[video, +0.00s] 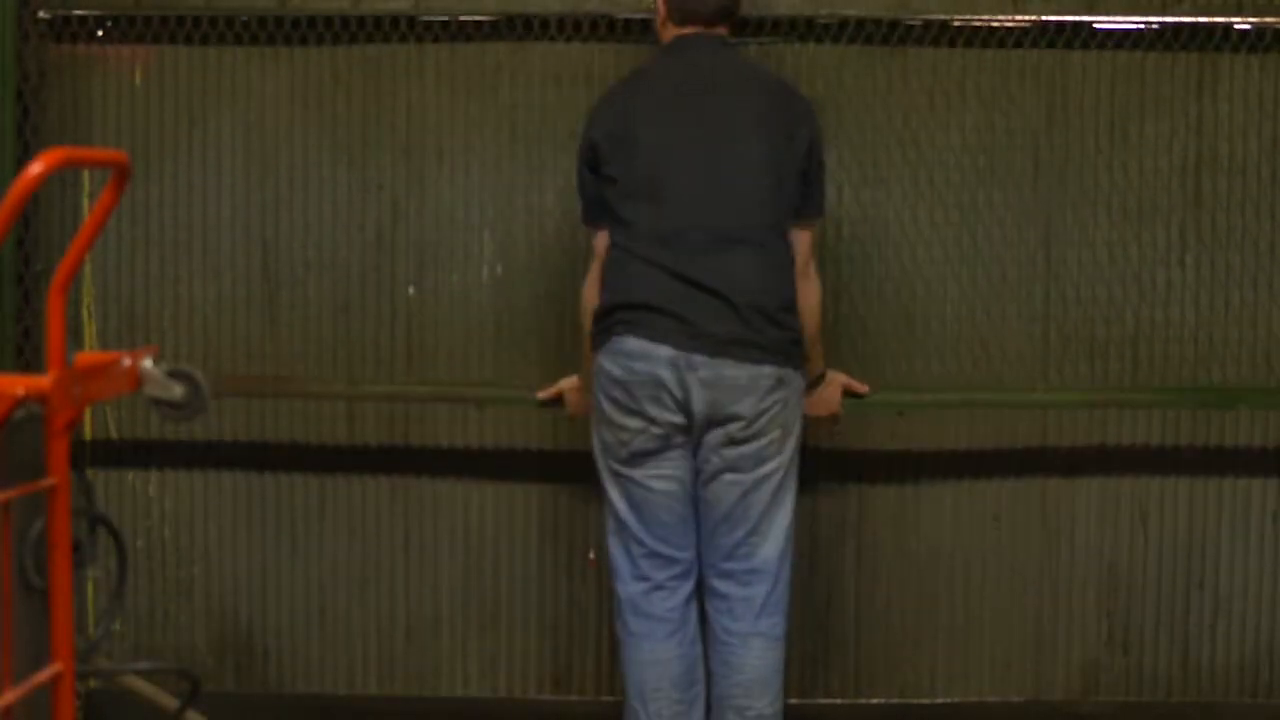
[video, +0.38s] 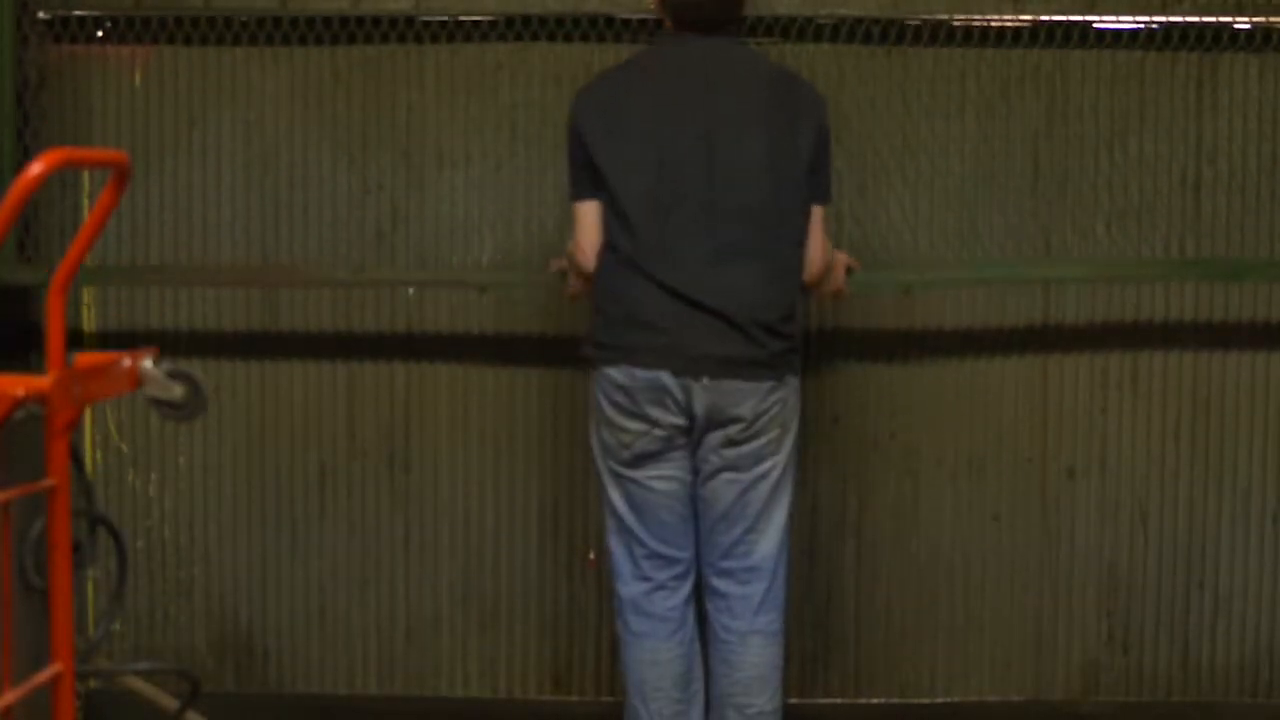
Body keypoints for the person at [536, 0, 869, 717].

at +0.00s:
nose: (655, 18)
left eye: (655, 13)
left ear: (661, 14)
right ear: (735, 20)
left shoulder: (619, 103)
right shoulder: (786, 105)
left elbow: (603, 253)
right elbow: (801, 258)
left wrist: (590, 374)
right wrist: (814, 376)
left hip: (637, 346)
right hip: (754, 356)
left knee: (655, 582)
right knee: (746, 585)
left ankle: (666, 717)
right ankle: (745, 716)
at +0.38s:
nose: (654, 12)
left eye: (657, 7)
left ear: (660, 13)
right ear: (742, 13)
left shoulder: (606, 96)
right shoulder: (794, 97)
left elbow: (589, 255)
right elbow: (812, 264)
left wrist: (578, 268)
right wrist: (828, 270)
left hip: (635, 367)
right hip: (753, 371)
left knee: (654, 586)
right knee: (744, 587)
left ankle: (665, 717)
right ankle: (745, 716)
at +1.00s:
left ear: (664, 10)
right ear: (741, 11)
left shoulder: (620, 83)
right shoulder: (781, 88)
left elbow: (543, 96)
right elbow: (863, 106)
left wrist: (583, 1)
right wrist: (843, 11)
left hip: (638, 358)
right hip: (750, 363)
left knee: (656, 579)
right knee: (744, 580)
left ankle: (666, 714)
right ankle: (744, 713)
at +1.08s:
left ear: (664, 1)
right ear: (739, 1)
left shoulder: (618, 81)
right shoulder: (783, 84)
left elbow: (544, 57)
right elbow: (869, 71)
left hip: (638, 356)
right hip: (750, 361)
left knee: (657, 580)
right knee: (744, 580)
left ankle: (667, 715)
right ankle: (744, 713)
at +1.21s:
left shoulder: (616, 73)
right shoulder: (789, 76)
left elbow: (553, 12)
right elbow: (856, 29)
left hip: (637, 354)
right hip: (751, 360)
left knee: (656, 582)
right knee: (743, 582)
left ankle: (667, 714)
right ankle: (744, 713)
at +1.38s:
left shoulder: (620, 71)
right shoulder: (786, 75)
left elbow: (543, 55)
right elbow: (860, 72)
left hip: (639, 352)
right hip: (753, 359)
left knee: (657, 582)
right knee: (745, 584)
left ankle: (665, 715)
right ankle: (745, 714)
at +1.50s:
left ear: (665, 1)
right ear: (740, 2)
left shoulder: (620, 77)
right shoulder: (785, 76)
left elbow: (528, 114)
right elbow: (863, 117)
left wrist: (557, 38)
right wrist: (813, 38)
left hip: (639, 355)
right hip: (753, 361)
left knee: (658, 581)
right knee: (746, 584)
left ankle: (664, 715)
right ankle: (744, 716)